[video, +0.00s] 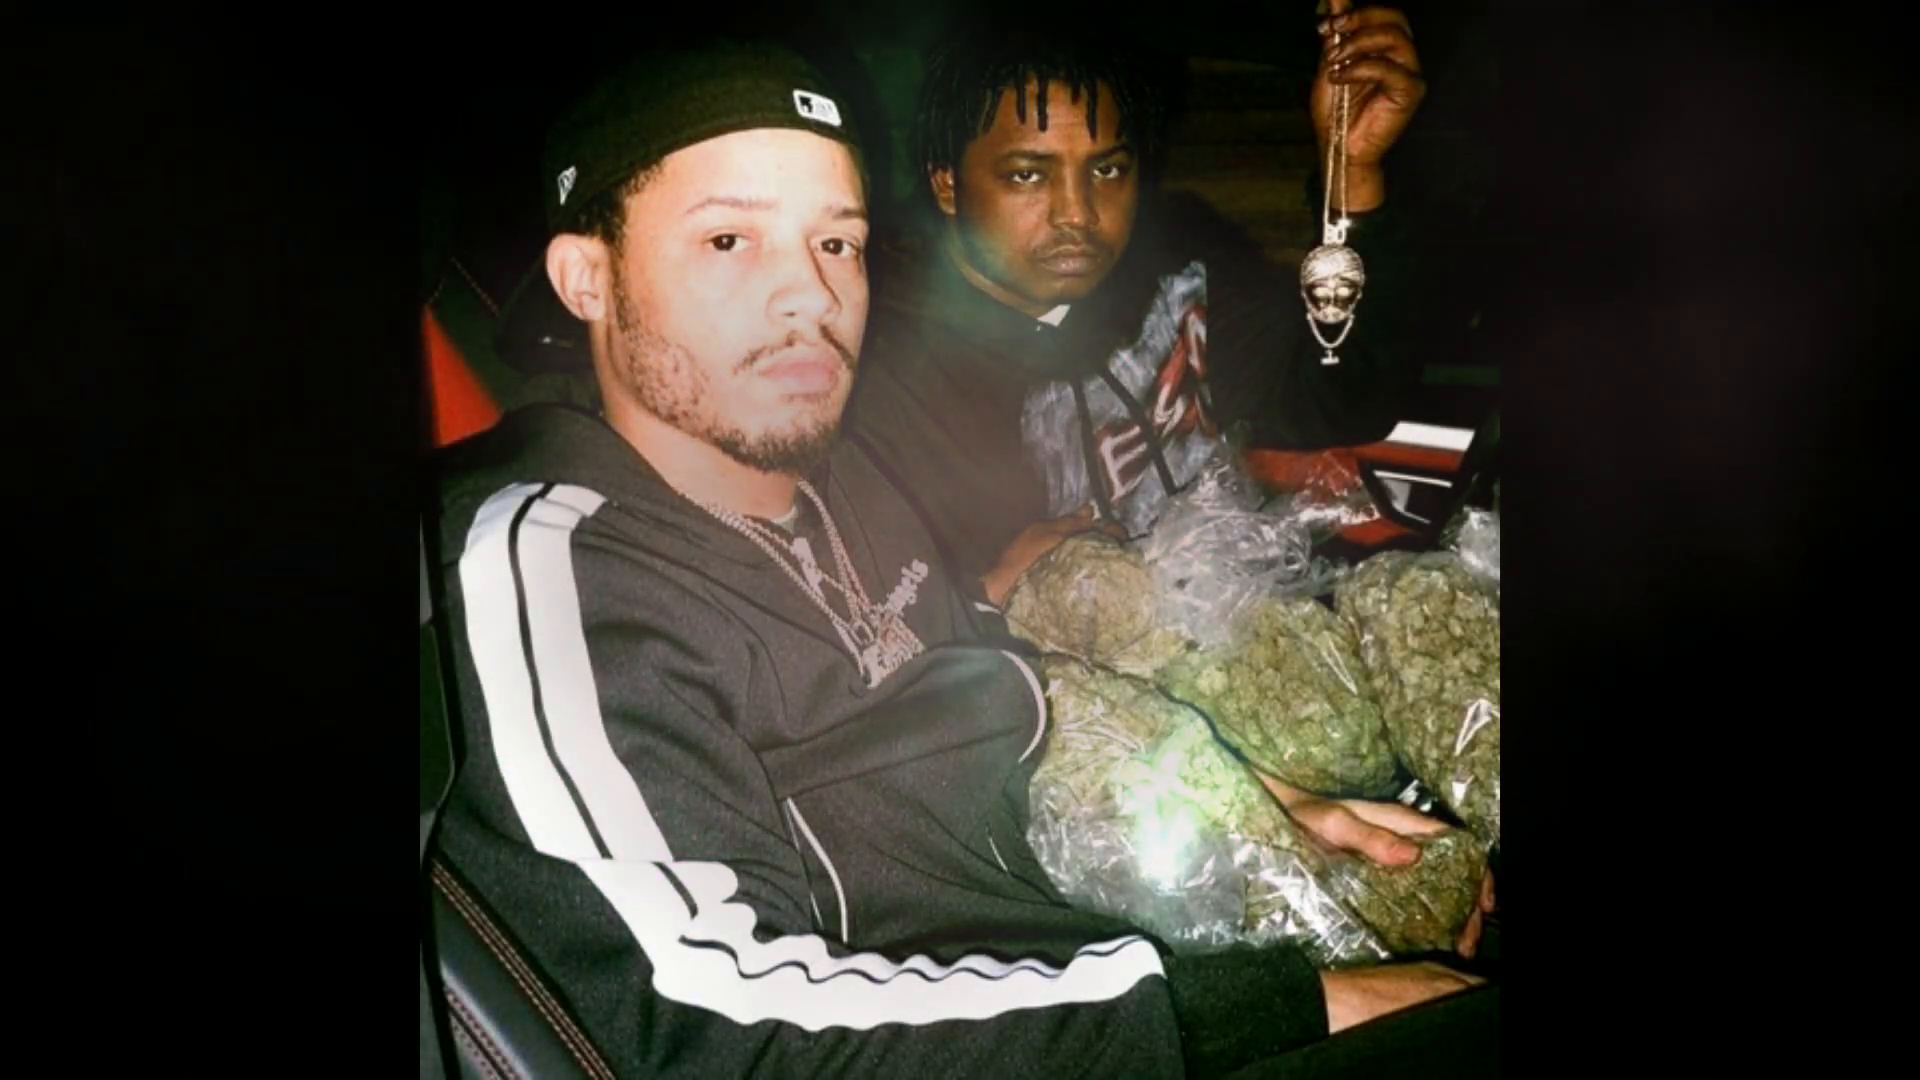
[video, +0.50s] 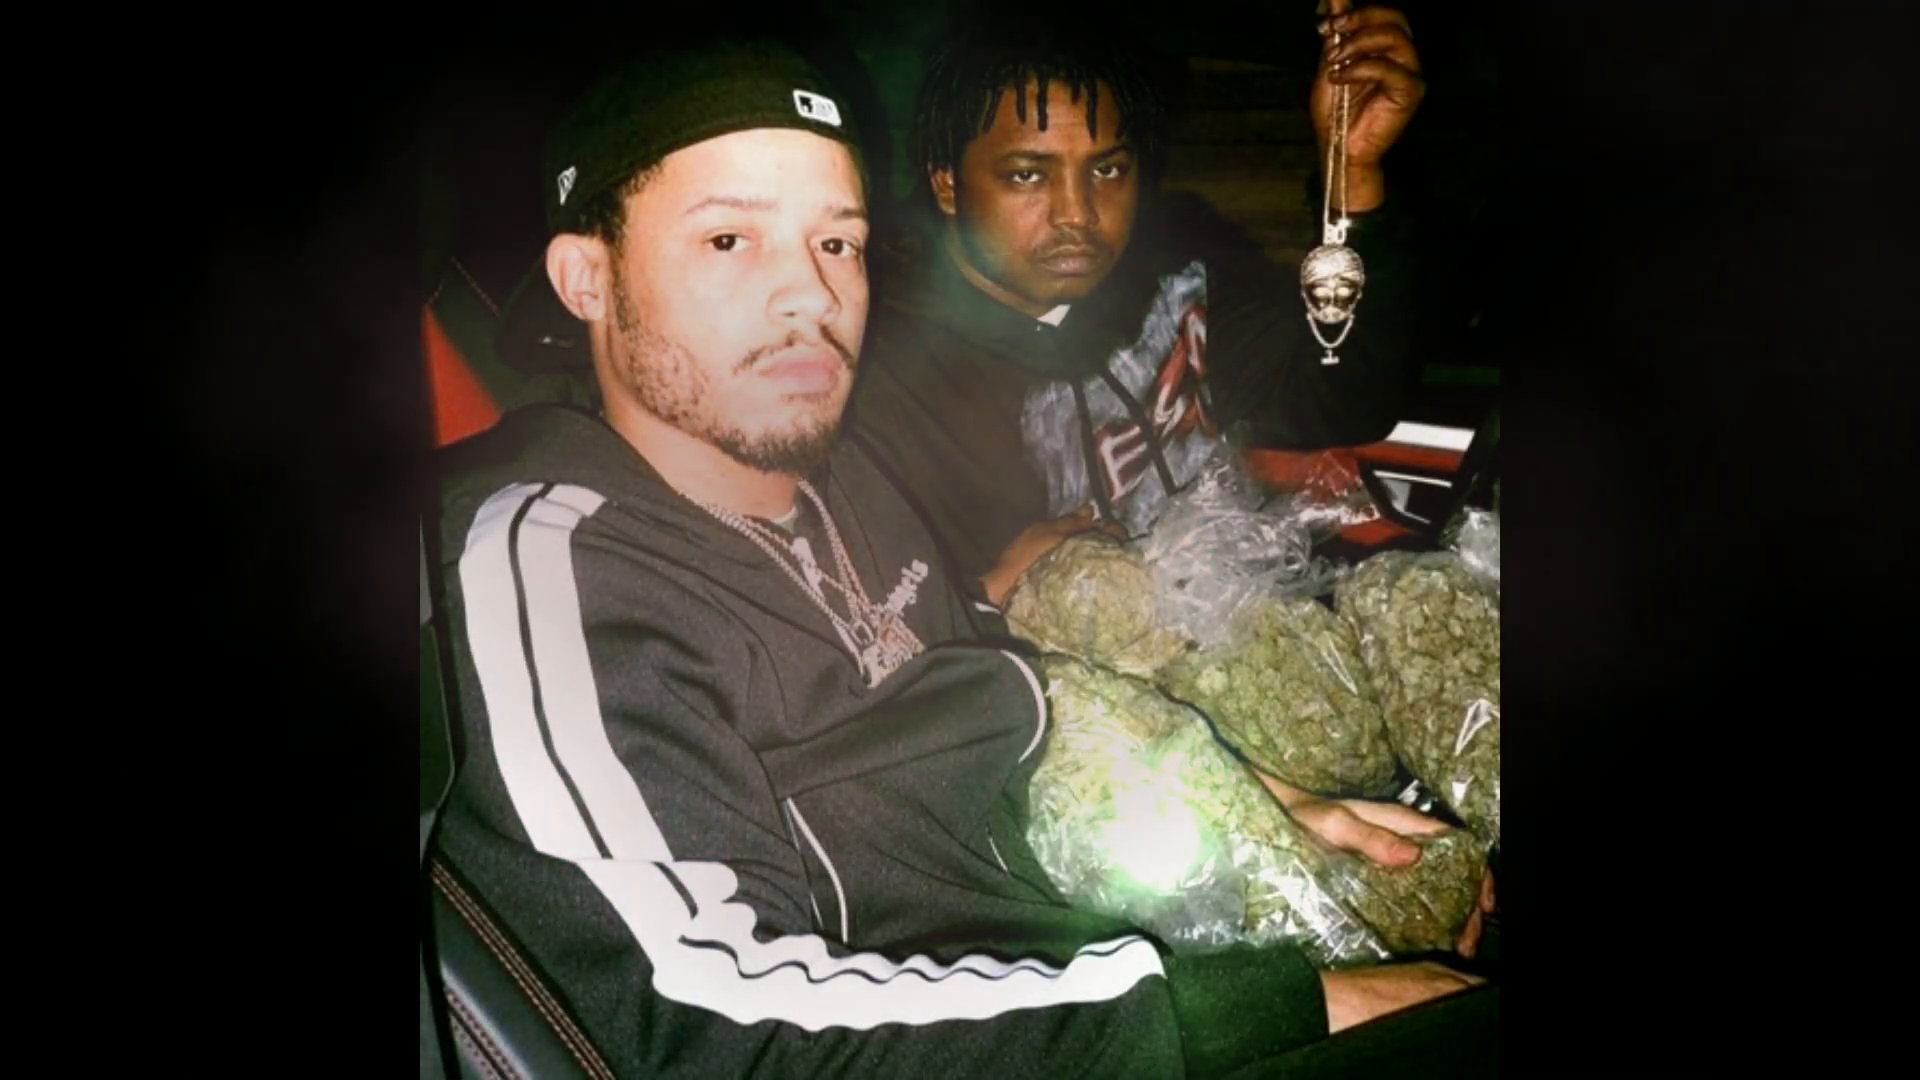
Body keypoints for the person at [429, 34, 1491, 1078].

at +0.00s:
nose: (812, 304)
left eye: (836, 249)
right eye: (729, 245)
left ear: (867, 269)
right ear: (589, 283)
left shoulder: (830, 480)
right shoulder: (533, 555)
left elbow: (1003, 744)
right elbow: (708, 1011)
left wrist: (1263, 832)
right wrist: (1277, 1006)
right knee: (1446, 1008)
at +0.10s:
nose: (814, 303)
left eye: (836, 252)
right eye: (731, 244)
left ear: (867, 276)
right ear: (589, 283)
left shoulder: (831, 481)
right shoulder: (529, 557)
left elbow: (1008, 756)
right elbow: (708, 1014)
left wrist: (1264, 832)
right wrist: (1272, 1007)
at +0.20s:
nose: (812, 304)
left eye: (836, 250)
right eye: (729, 244)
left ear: (868, 270)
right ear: (588, 282)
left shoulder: (829, 475)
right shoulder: (531, 555)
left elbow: (1005, 744)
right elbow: (711, 1012)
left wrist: (1264, 832)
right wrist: (1279, 1006)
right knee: (1451, 1007)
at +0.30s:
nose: (813, 305)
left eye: (836, 249)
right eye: (728, 244)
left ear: (868, 269)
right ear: (587, 282)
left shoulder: (830, 473)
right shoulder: (532, 552)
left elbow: (1007, 743)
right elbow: (708, 1013)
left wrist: (1264, 829)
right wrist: (1282, 1007)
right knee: (1453, 1005)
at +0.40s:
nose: (813, 305)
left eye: (837, 249)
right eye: (728, 245)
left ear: (868, 270)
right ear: (588, 282)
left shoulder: (831, 474)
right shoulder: (531, 550)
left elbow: (1006, 744)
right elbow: (705, 1013)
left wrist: (1264, 826)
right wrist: (1280, 1008)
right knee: (1450, 1004)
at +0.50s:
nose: (813, 302)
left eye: (836, 250)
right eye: (729, 244)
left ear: (867, 271)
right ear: (588, 283)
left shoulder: (833, 475)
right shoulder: (533, 551)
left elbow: (1010, 743)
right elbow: (706, 1016)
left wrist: (1267, 828)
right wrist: (1275, 1008)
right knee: (1449, 1003)